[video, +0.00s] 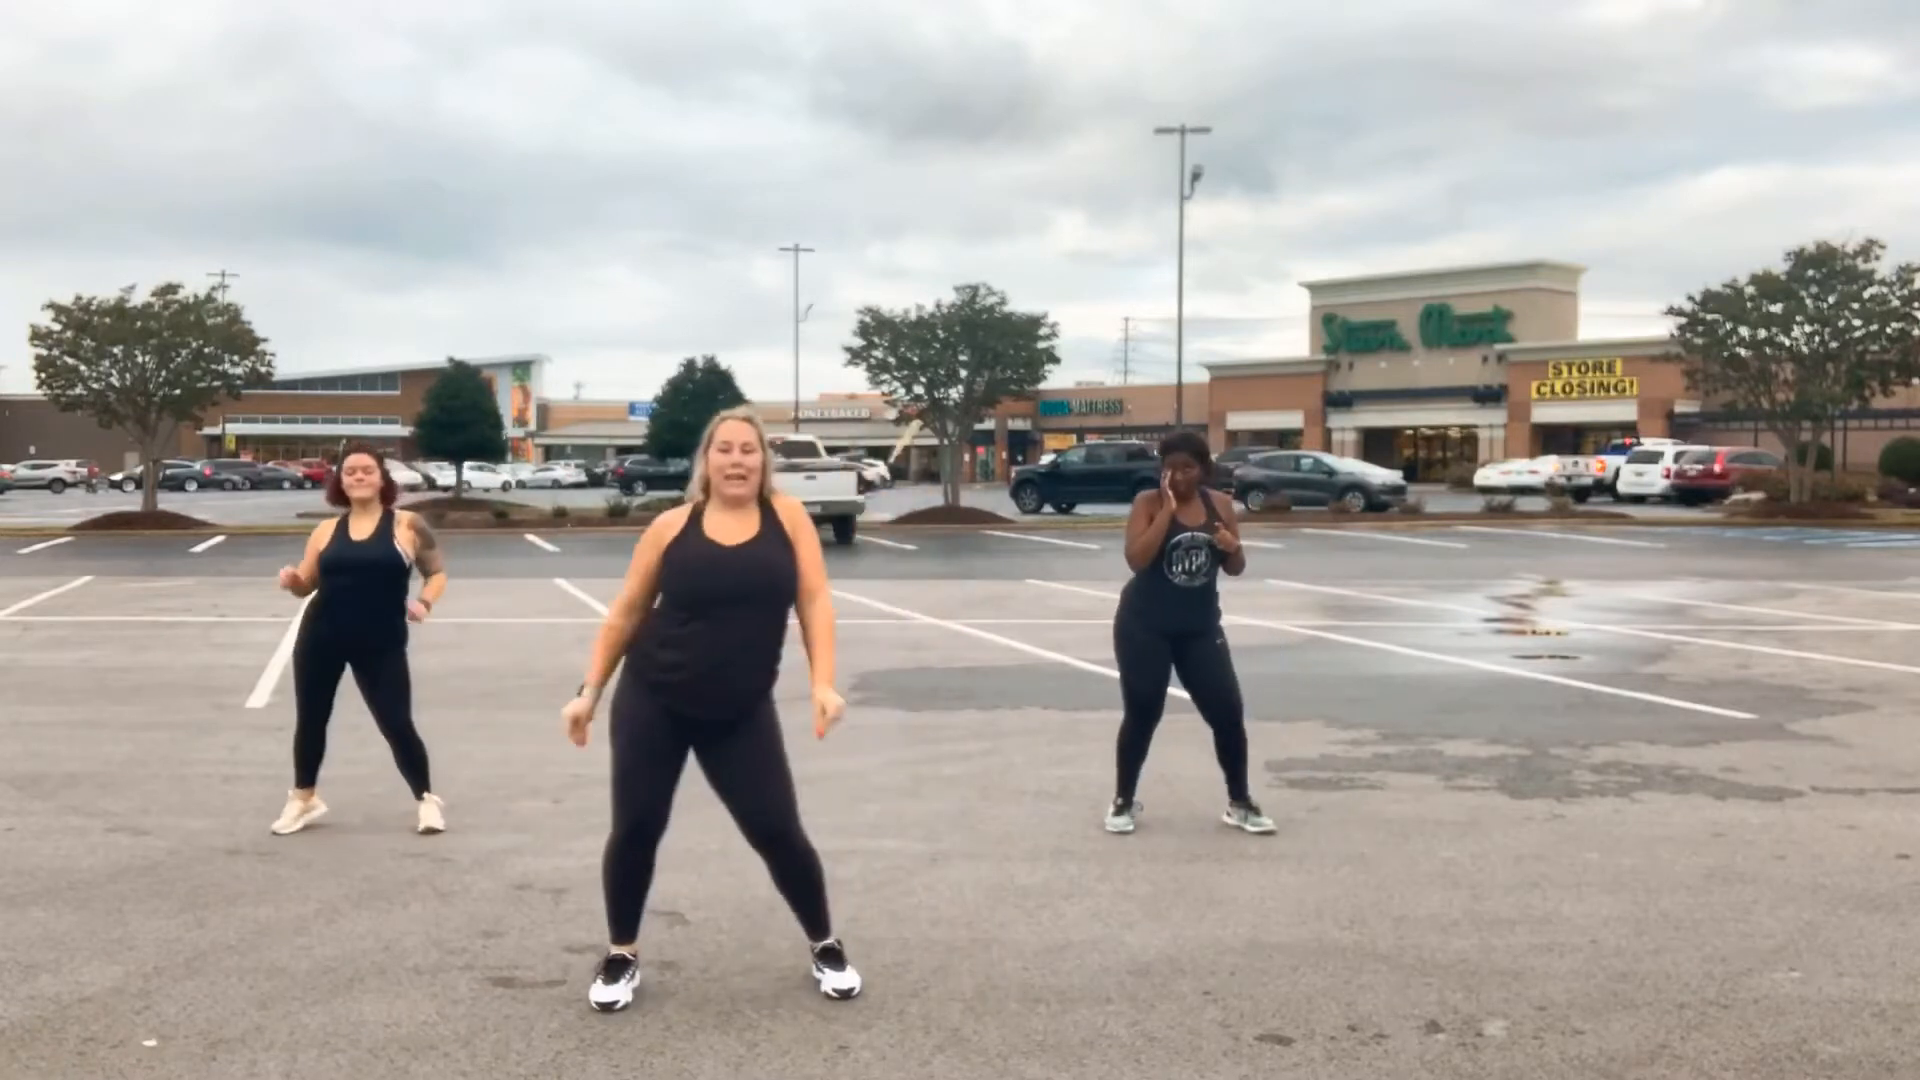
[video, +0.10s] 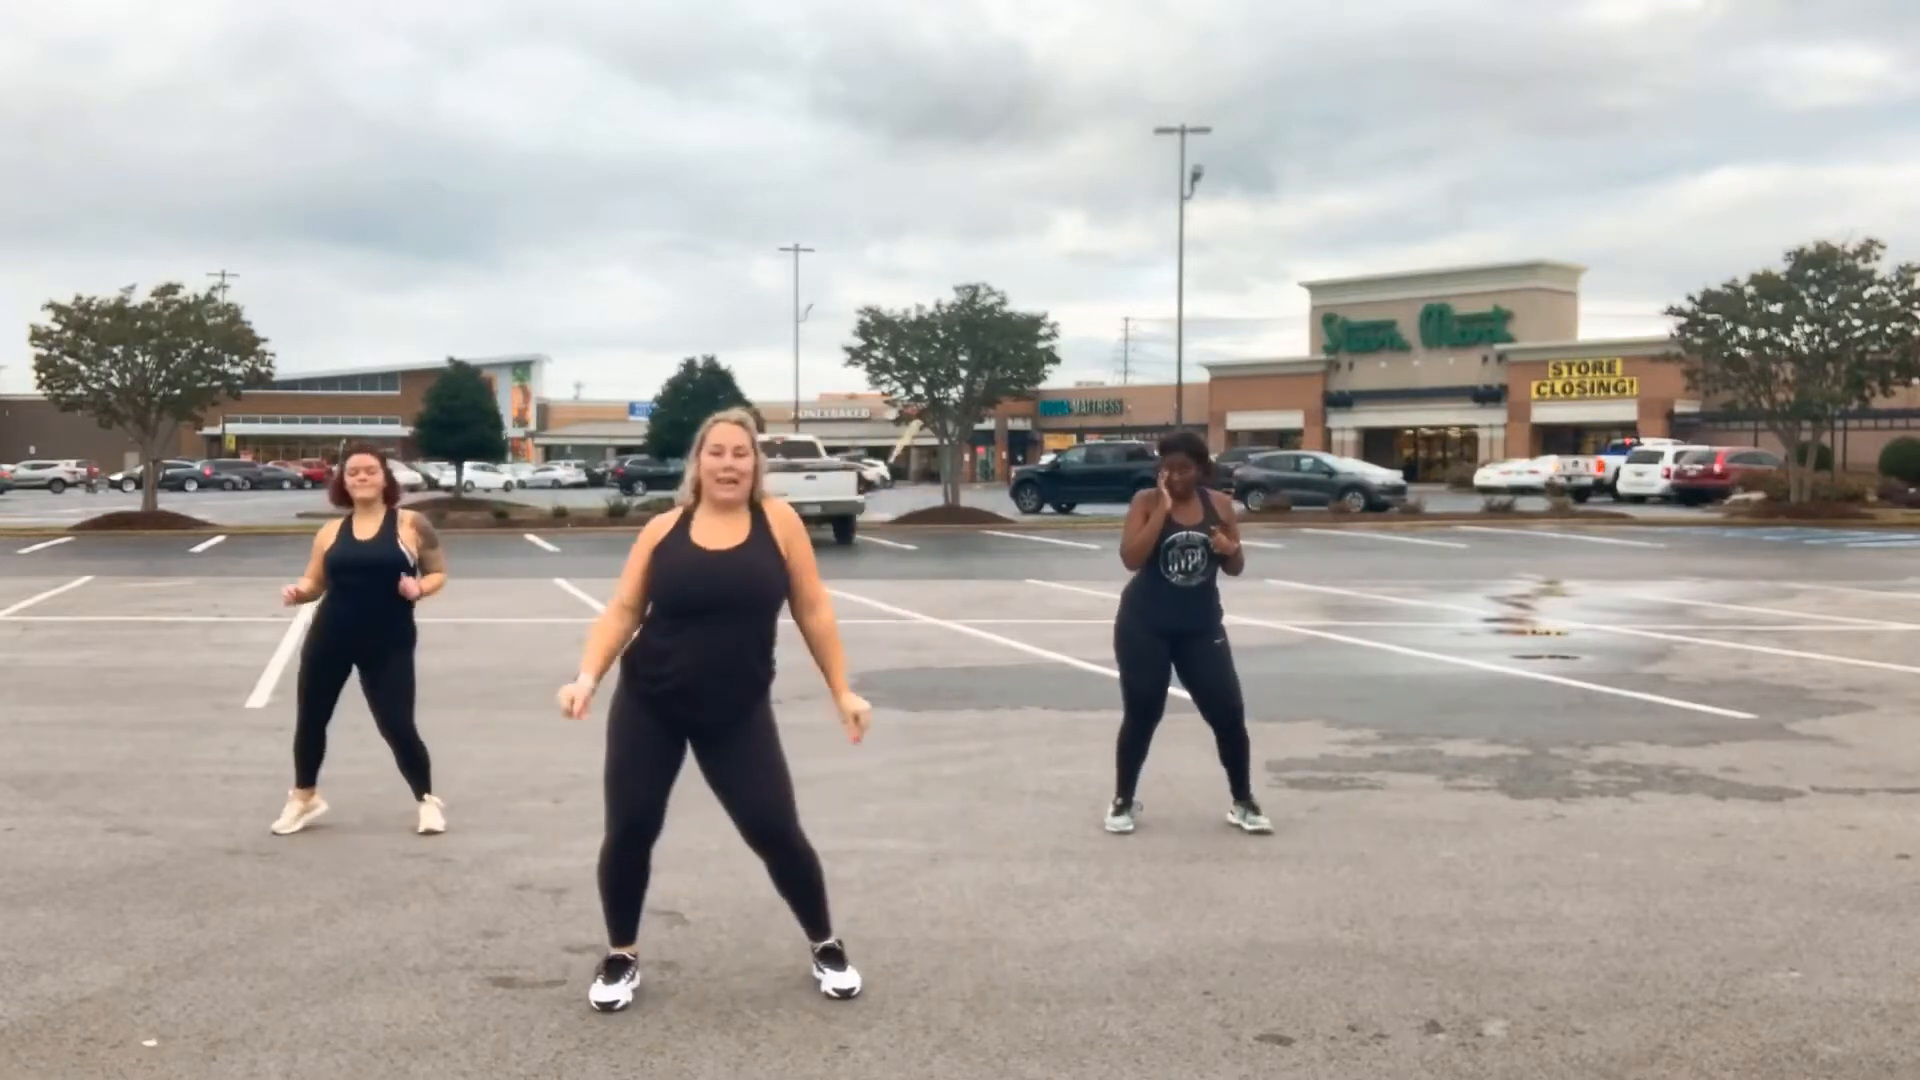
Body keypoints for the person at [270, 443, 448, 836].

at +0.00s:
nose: (359, 477)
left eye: (367, 471)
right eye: (351, 472)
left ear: (382, 479)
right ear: (341, 482)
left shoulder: (406, 525)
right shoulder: (326, 530)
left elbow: (437, 573)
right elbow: (306, 585)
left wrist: (425, 601)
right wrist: (293, 581)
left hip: (379, 642)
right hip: (322, 639)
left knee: (397, 725)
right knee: (310, 720)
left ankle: (426, 799)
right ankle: (303, 797)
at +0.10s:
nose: (362, 478)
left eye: (370, 471)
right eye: (354, 472)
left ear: (385, 479)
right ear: (344, 482)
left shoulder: (410, 524)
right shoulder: (330, 531)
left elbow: (437, 573)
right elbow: (314, 582)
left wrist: (421, 587)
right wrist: (300, 592)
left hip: (387, 643)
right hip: (330, 640)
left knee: (397, 726)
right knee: (311, 719)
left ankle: (426, 800)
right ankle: (304, 796)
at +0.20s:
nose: (368, 477)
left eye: (376, 470)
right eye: (360, 472)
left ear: (392, 479)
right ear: (350, 482)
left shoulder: (417, 523)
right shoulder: (337, 531)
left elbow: (450, 570)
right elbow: (325, 582)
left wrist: (434, 579)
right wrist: (310, 596)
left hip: (399, 641)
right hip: (345, 638)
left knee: (406, 728)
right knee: (313, 717)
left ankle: (427, 800)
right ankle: (306, 796)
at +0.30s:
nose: (374, 474)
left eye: (382, 468)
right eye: (366, 469)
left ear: (398, 477)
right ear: (356, 479)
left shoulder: (422, 522)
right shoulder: (342, 529)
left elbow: (459, 563)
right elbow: (333, 579)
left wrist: (448, 578)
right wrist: (317, 596)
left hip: (411, 639)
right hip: (358, 637)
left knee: (412, 725)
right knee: (319, 713)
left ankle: (429, 801)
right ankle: (306, 795)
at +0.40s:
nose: (377, 472)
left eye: (385, 465)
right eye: (369, 467)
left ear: (401, 473)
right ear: (359, 477)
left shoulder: (424, 518)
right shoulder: (345, 523)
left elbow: (458, 555)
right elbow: (335, 573)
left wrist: (450, 577)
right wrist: (321, 594)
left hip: (418, 636)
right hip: (366, 636)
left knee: (414, 723)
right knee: (327, 715)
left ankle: (429, 801)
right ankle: (307, 795)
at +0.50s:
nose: (378, 474)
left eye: (386, 468)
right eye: (370, 469)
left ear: (401, 476)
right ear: (359, 479)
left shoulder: (423, 522)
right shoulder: (343, 525)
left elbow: (452, 562)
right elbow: (334, 574)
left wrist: (450, 579)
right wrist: (319, 593)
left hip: (422, 637)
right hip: (370, 641)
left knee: (420, 722)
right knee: (333, 720)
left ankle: (431, 800)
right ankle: (308, 797)